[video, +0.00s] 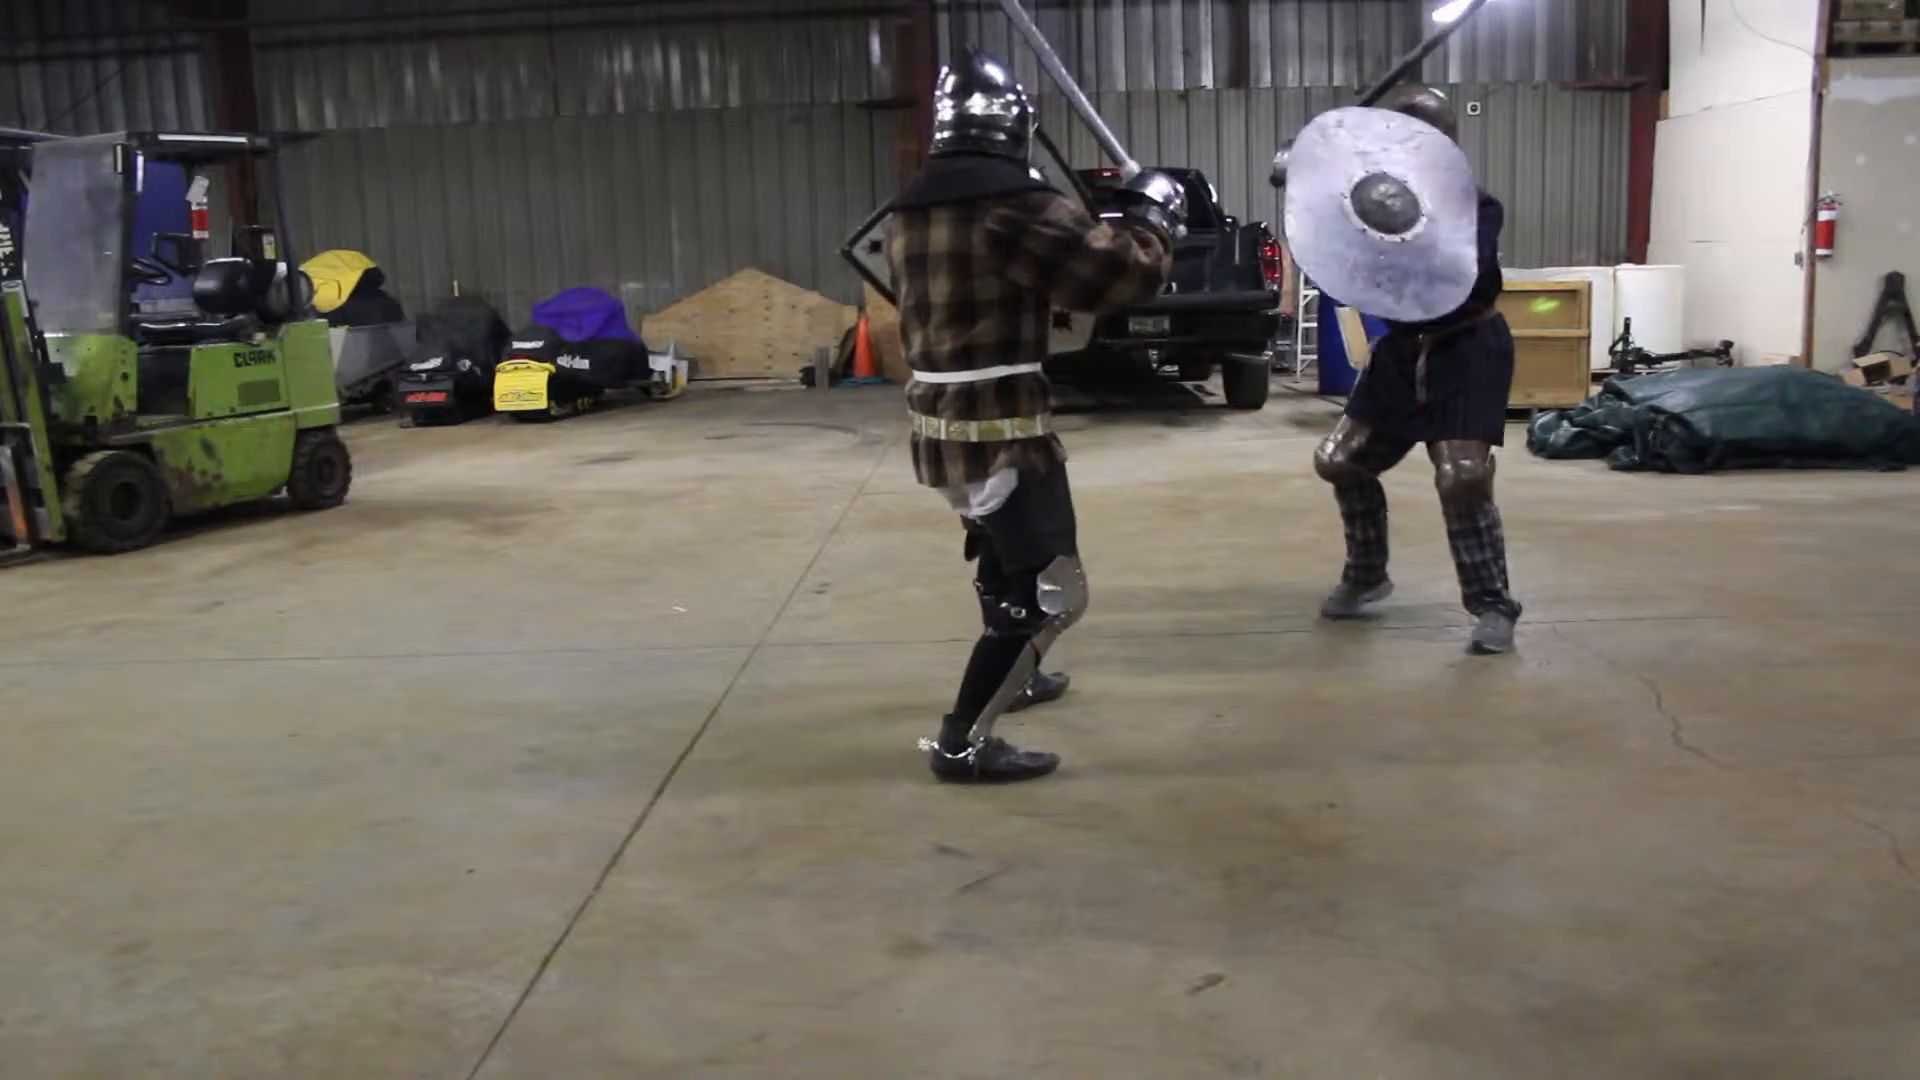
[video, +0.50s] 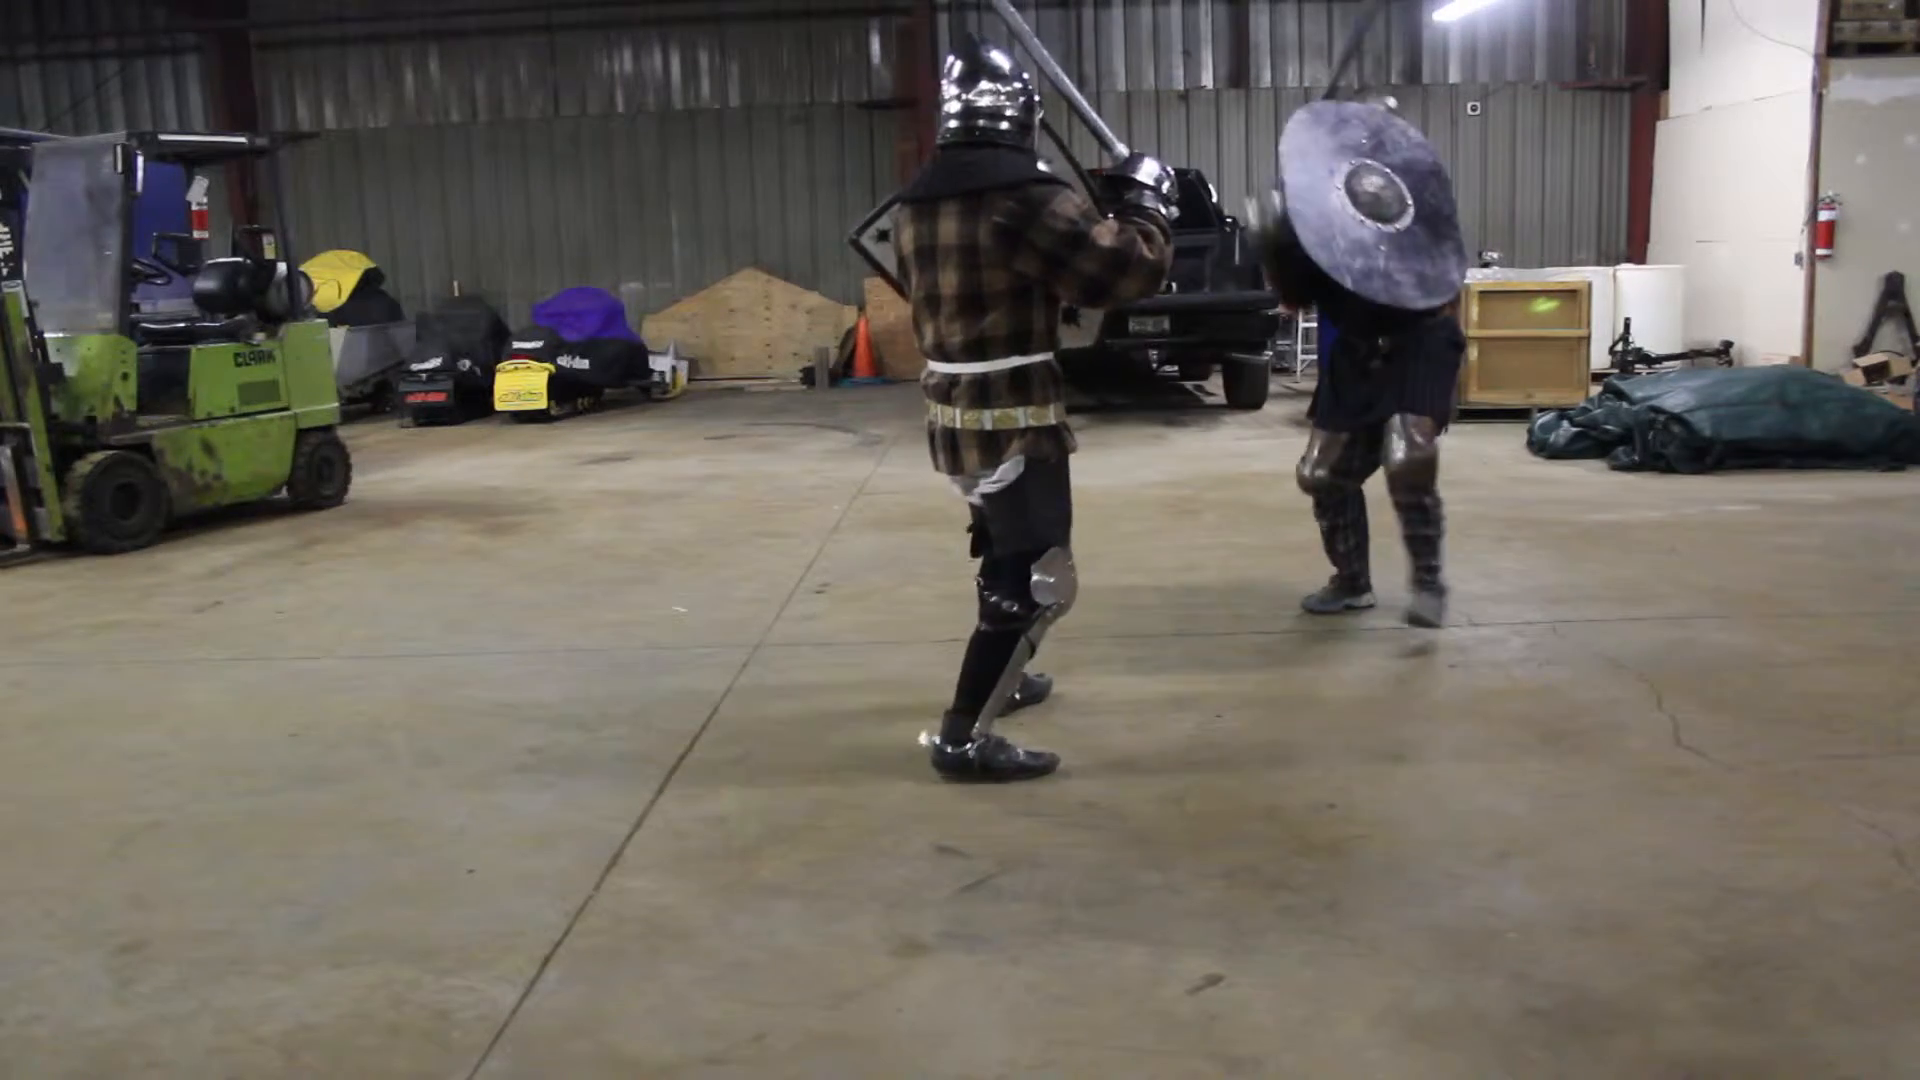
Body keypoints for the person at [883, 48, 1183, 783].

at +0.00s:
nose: (1026, 132)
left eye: (1020, 120)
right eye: (1021, 120)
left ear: (943, 119)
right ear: (1013, 122)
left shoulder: (913, 203)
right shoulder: (1014, 202)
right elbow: (1125, 273)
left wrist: (1087, 210)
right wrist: (1154, 217)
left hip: (941, 428)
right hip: (1003, 431)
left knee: (1000, 552)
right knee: (1046, 593)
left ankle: (1016, 675)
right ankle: (964, 738)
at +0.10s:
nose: (1028, 129)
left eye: (1022, 117)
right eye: (1023, 117)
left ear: (943, 116)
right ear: (1015, 119)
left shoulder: (911, 199)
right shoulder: (1019, 198)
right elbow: (1120, 277)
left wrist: (1085, 209)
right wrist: (1152, 219)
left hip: (938, 425)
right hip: (1004, 428)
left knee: (993, 552)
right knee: (1044, 591)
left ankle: (1012, 675)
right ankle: (963, 740)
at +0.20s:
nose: (1028, 122)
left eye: (1023, 110)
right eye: (1024, 110)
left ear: (943, 110)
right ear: (1016, 111)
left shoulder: (911, 198)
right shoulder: (1019, 193)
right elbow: (1126, 269)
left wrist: (1085, 205)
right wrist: (1148, 206)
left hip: (939, 422)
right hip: (1005, 425)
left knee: (990, 553)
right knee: (1037, 591)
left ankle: (1009, 674)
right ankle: (963, 740)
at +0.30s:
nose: (1026, 120)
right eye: (1022, 108)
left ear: (944, 110)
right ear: (1019, 110)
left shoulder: (913, 197)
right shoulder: (1021, 194)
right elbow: (1131, 265)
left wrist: (1088, 204)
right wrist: (1145, 199)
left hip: (943, 420)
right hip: (1007, 423)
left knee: (994, 550)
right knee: (1038, 586)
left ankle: (1005, 675)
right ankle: (962, 740)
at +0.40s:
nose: (1027, 120)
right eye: (1023, 108)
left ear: (946, 110)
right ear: (1020, 111)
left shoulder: (916, 196)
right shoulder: (1024, 193)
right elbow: (1126, 268)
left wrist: (1092, 205)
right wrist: (1144, 200)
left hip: (948, 419)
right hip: (1012, 423)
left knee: (1000, 550)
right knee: (1034, 588)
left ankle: (1005, 676)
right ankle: (962, 738)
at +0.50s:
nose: (1030, 122)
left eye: (1021, 110)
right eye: (1026, 110)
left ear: (951, 115)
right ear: (1021, 114)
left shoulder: (921, 200)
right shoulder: (1026, 194)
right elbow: (1127, 270)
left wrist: (1096, 206)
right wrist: (1150, 204)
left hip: (955, 416)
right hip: (1017, 419)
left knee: (1003, 548)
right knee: (1037, 583)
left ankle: (1005, 676)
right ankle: (963, 733)